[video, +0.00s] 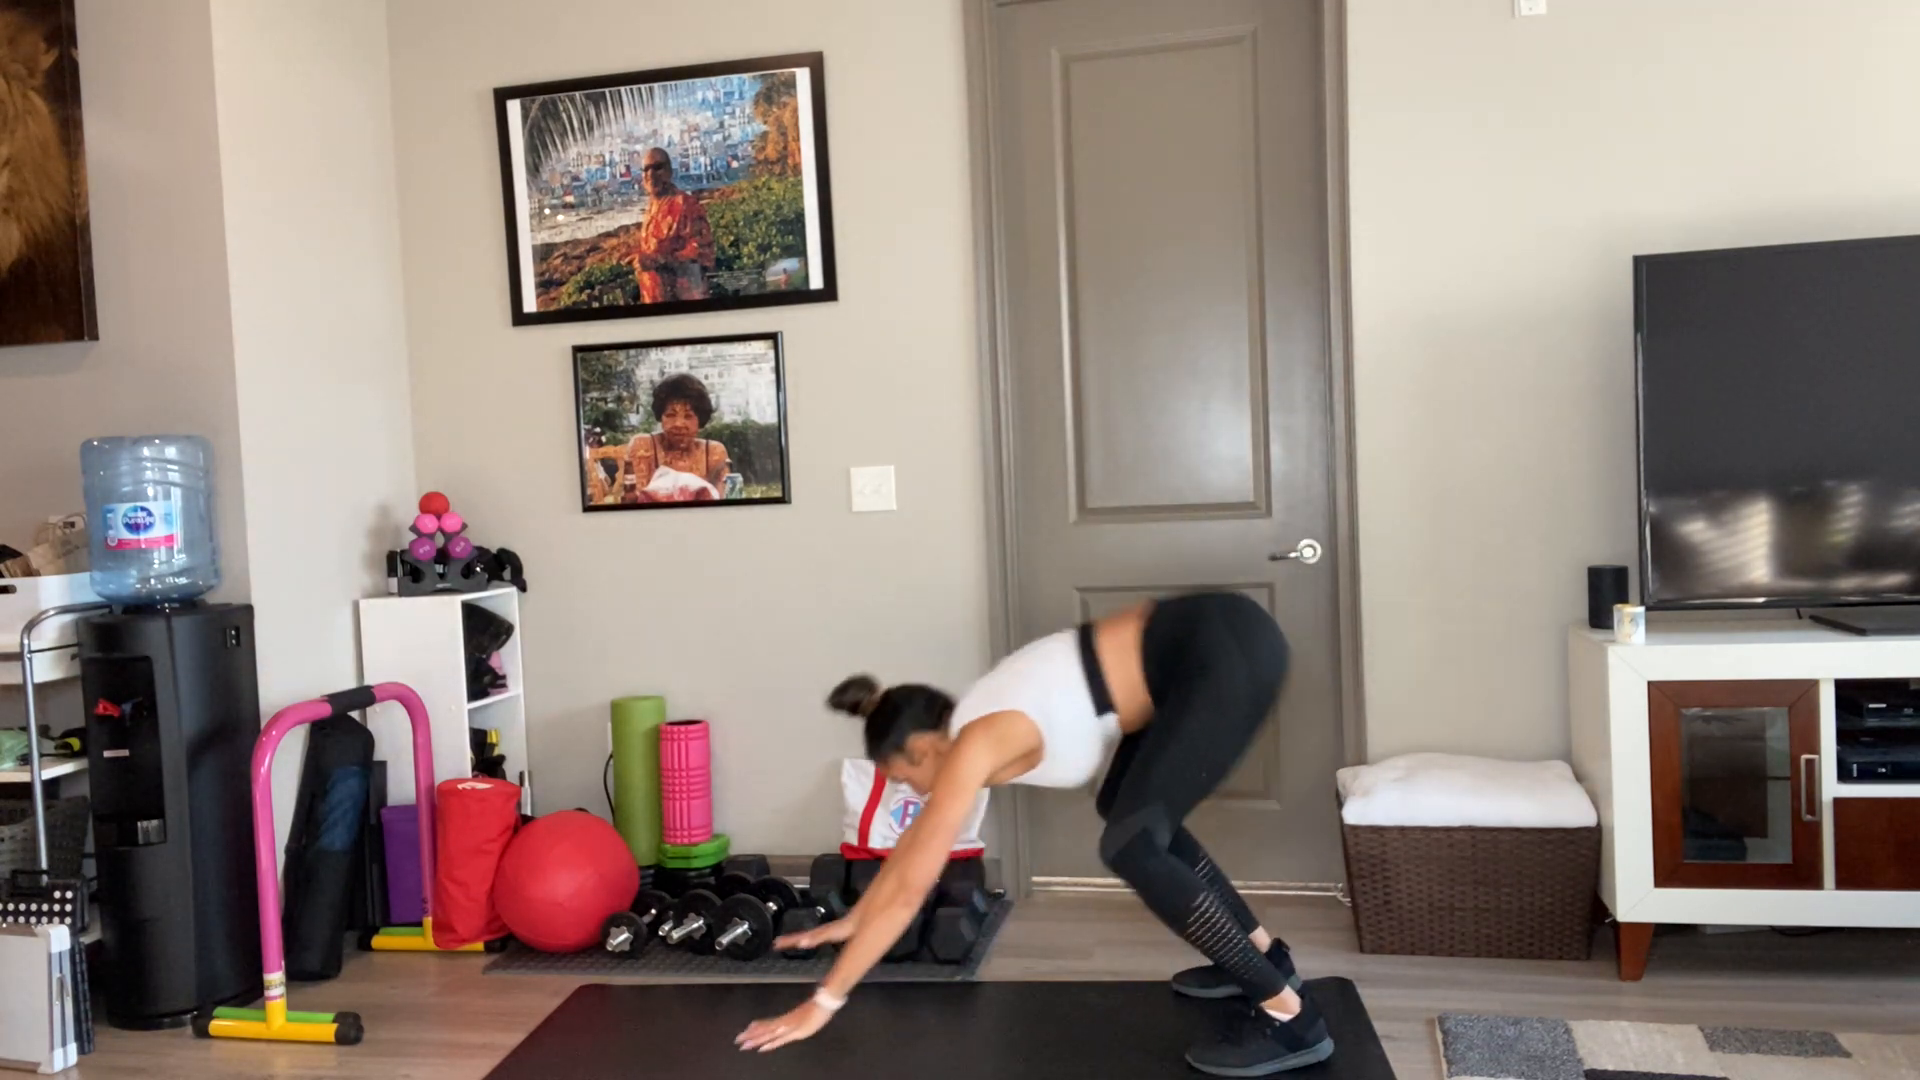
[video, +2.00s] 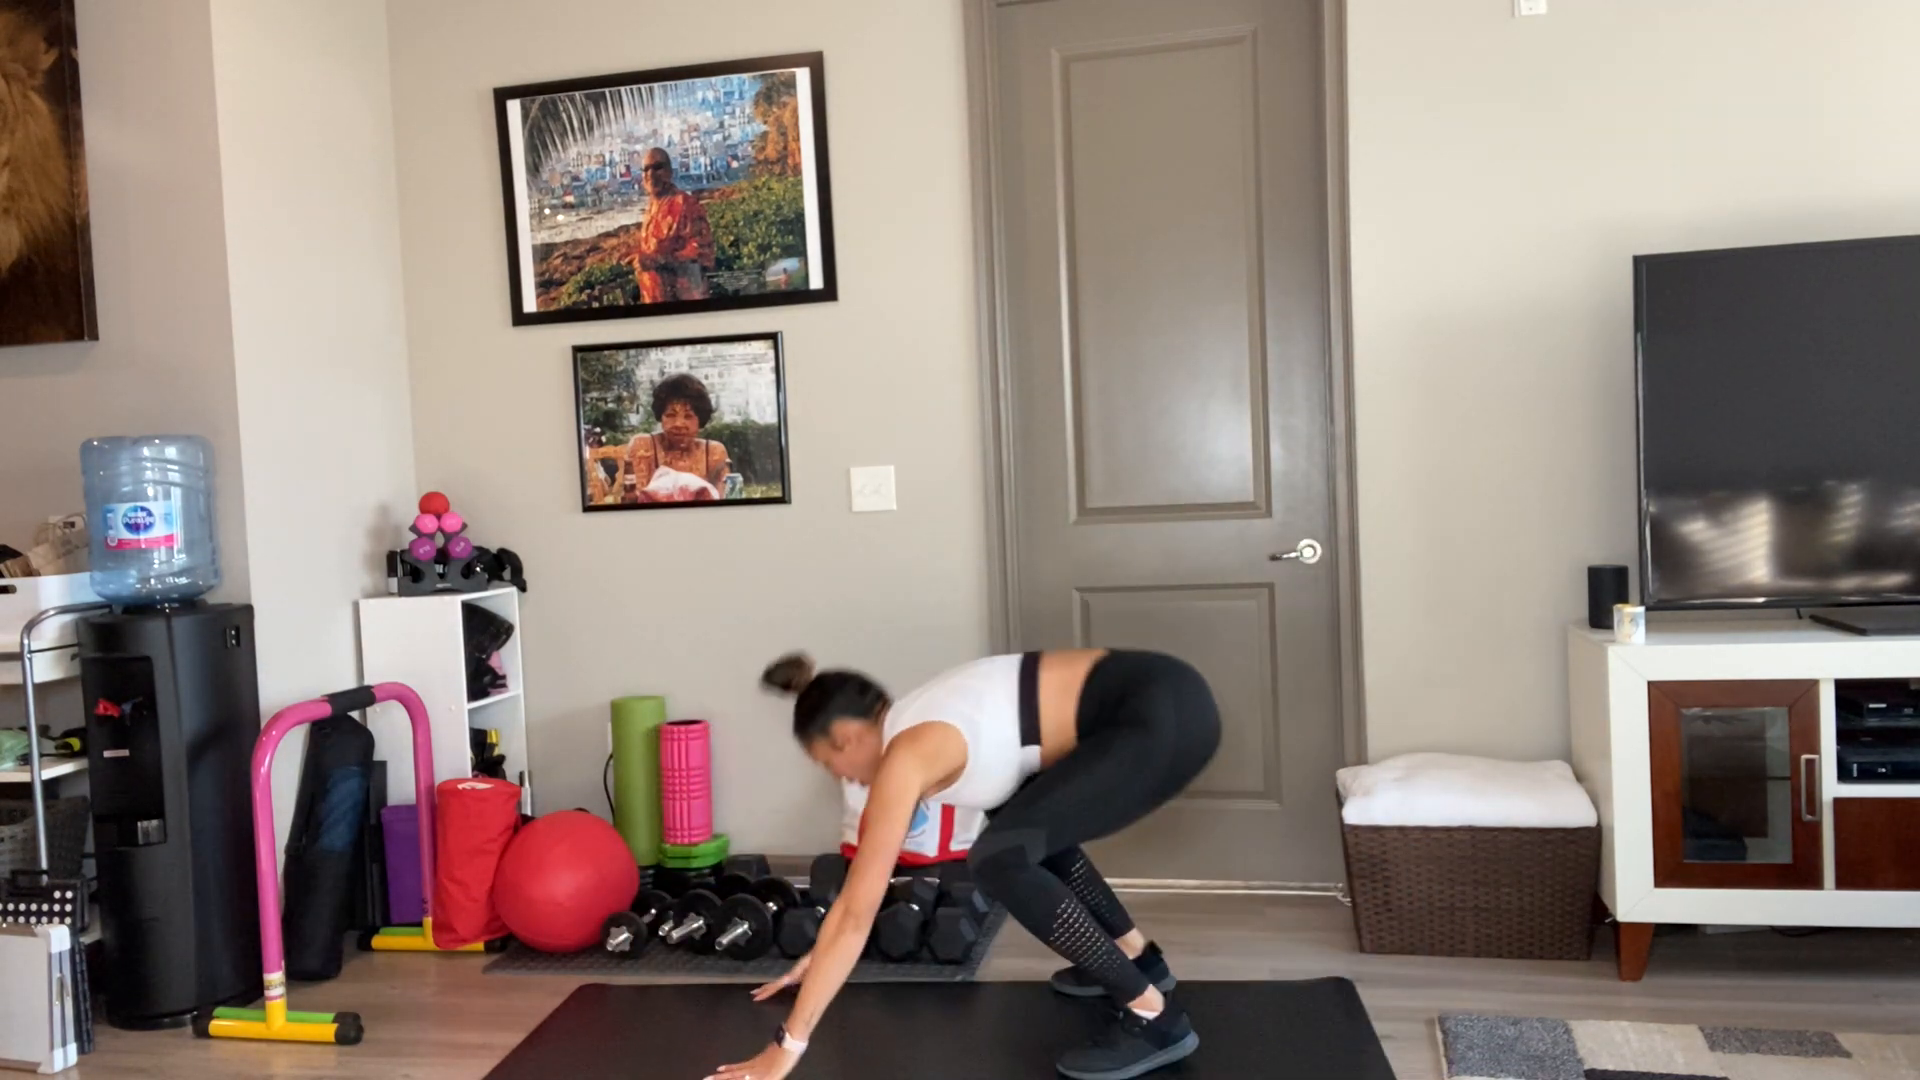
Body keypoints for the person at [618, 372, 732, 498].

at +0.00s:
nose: (679, 424)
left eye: (688, 416)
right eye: (670, 415)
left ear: (700, 420)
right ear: (660, 418)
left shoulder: (715, 451)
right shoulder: (641, 446)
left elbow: (719, 500)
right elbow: (638, 499)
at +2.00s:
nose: (679, 424)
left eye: (688, 416)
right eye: (671, 415)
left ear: (701, 420)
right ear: (660, 418)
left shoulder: (715, 451)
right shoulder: (641, 446)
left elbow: (720, 500)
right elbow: (637, 499)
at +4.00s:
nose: (679, 424)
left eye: (688, 416)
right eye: (670, 415)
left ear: (700, 420)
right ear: (660, 418)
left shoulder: (714, 451)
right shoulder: (641, 446)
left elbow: (722, 499)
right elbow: (630, 499)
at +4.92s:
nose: (679, 424)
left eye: (688, 416)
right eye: (670, 415)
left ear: (700, 420)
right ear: (660, 417)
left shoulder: (714, 451)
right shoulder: (641, 446)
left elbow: (721, 499)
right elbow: (632, 500)